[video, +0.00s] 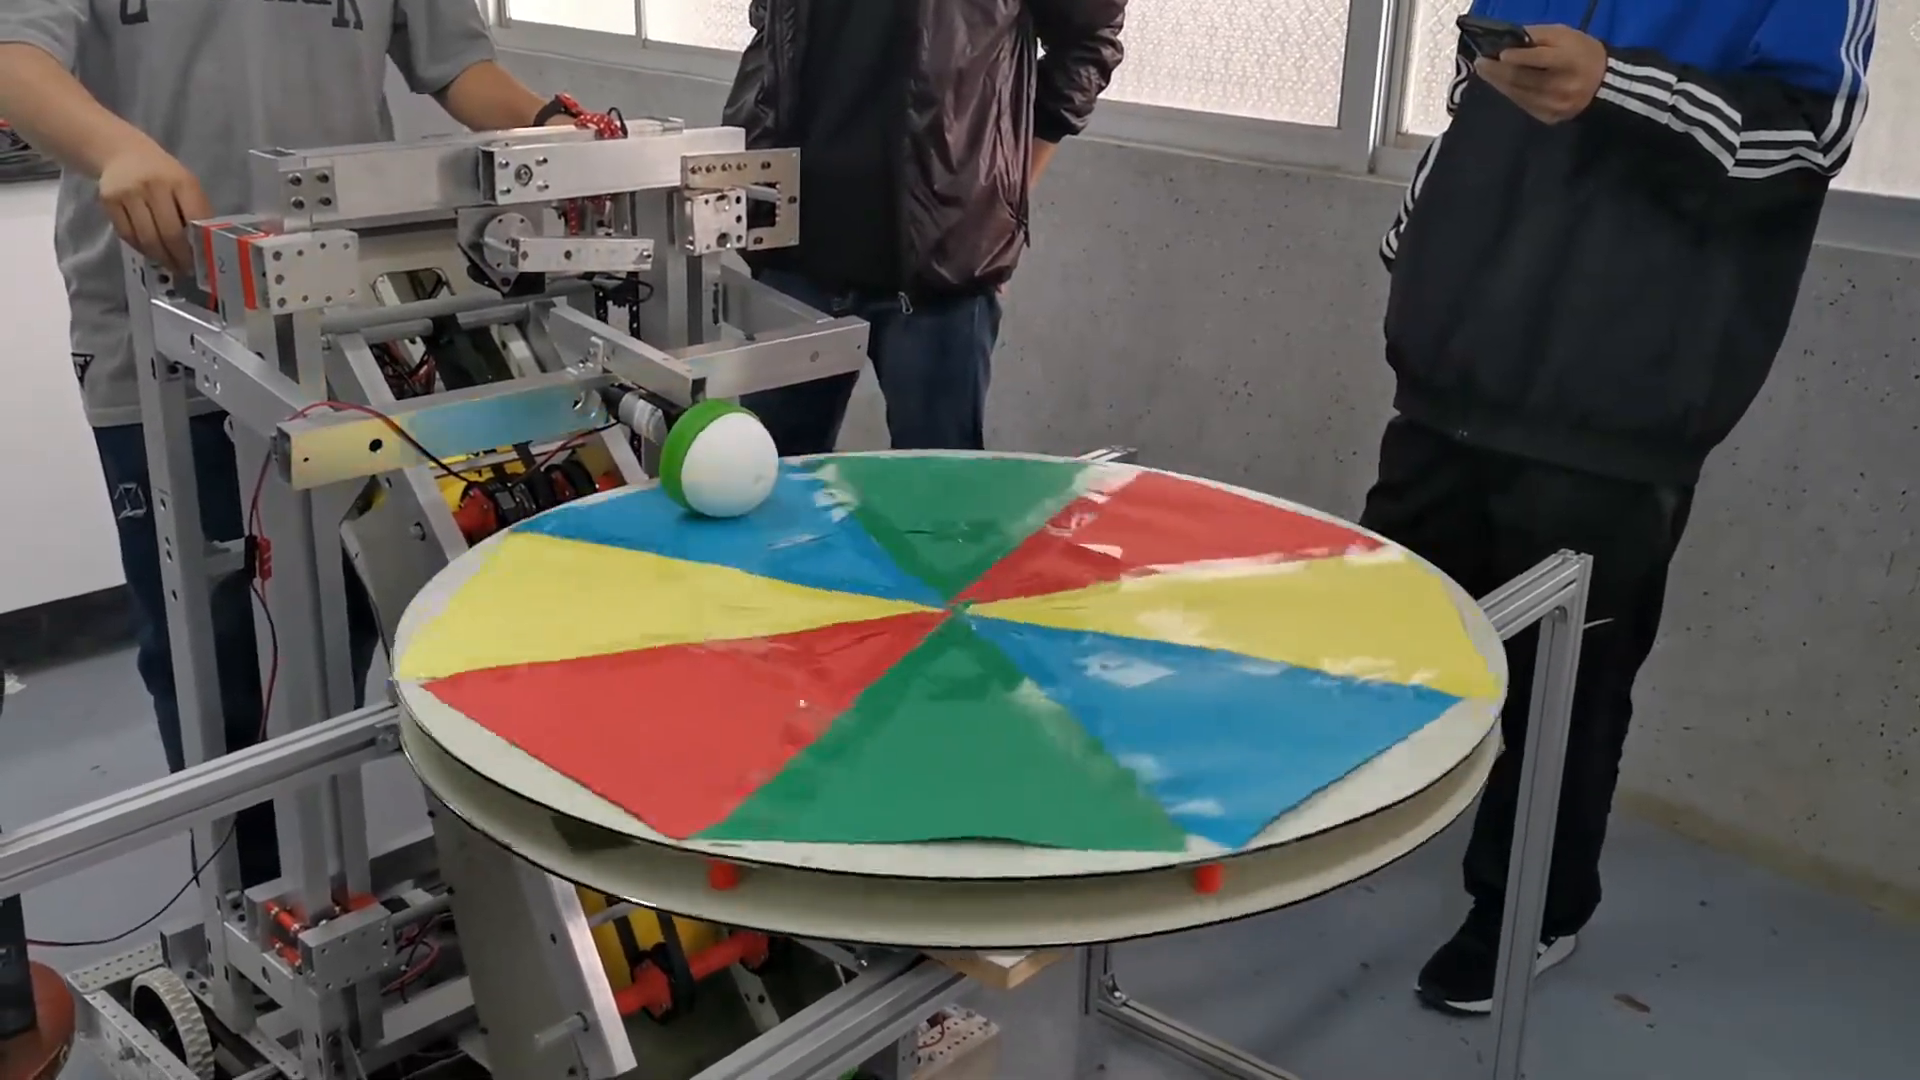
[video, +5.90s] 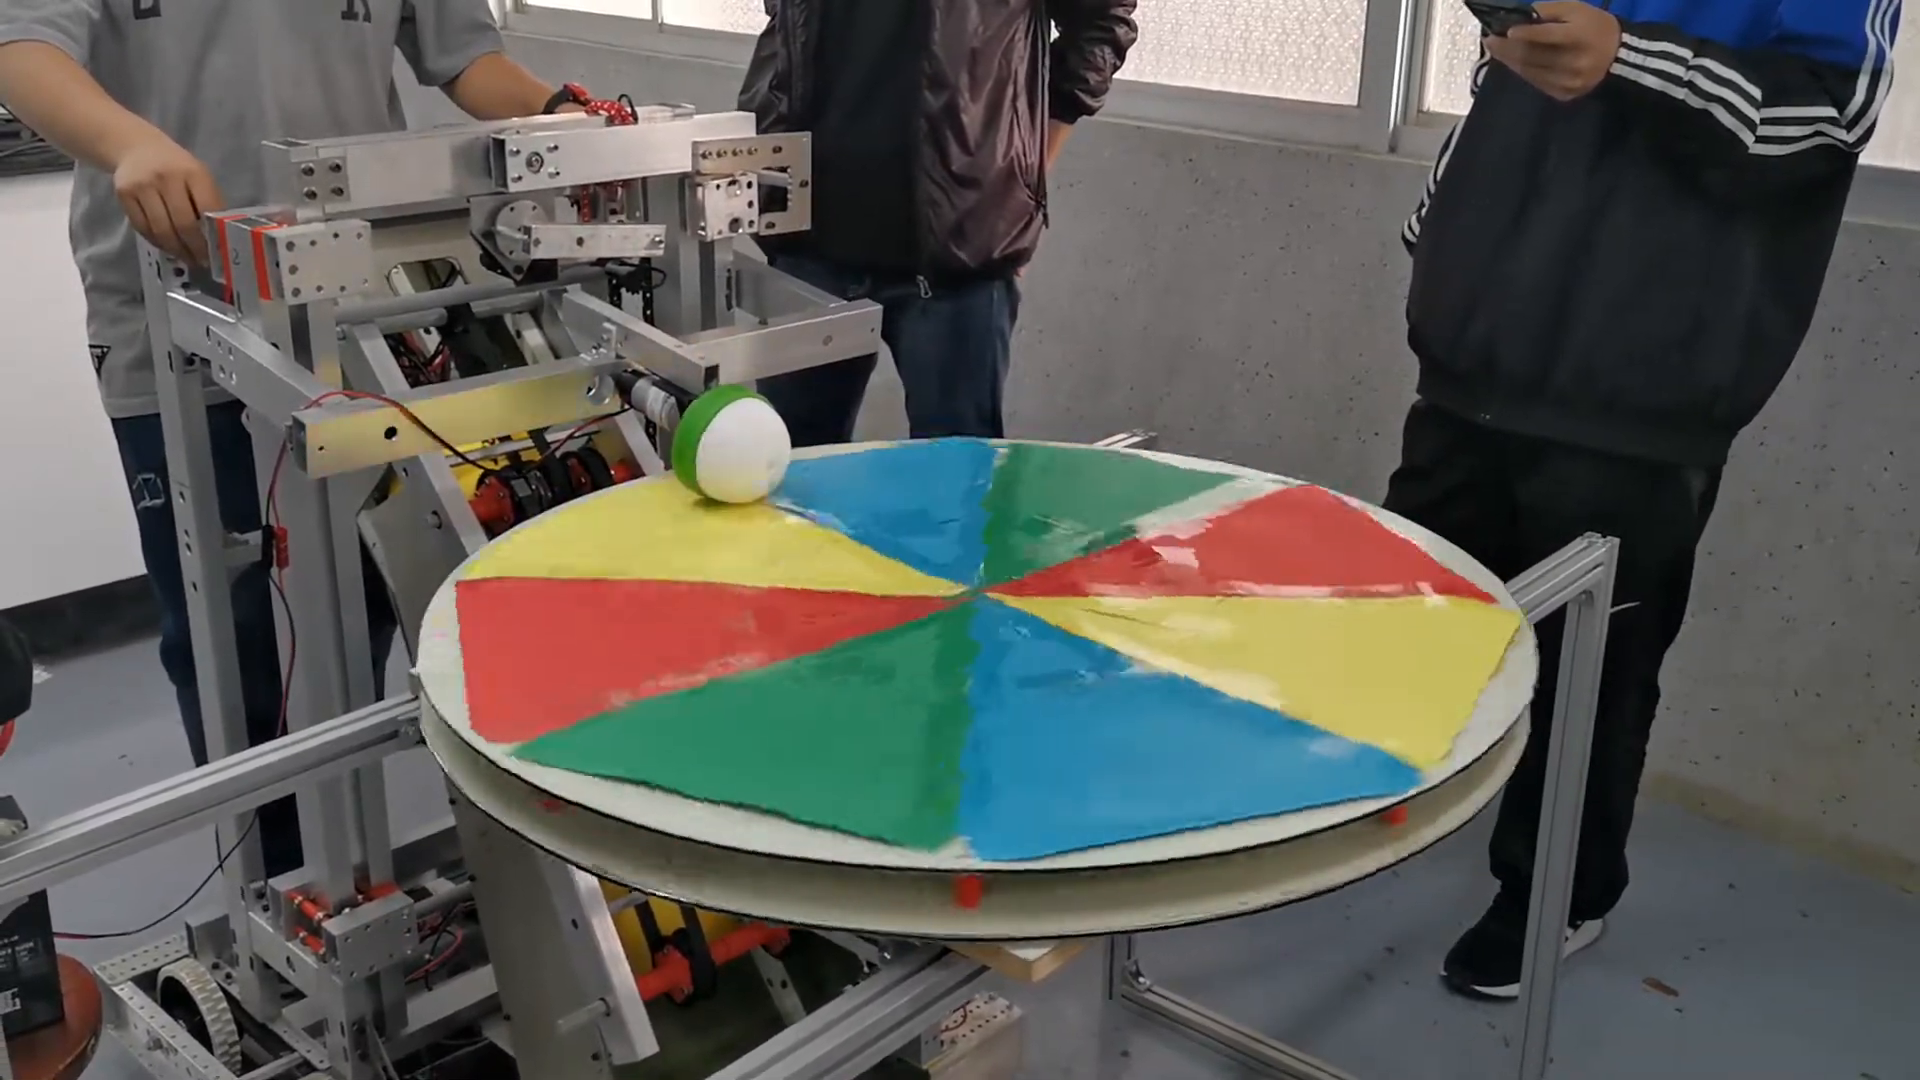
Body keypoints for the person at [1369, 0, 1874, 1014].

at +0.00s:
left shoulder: (1814, 7)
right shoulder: (1532, 4)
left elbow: (1808, 137)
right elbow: (1485, 86)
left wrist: (1609, 83)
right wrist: (1410, 242)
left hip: (1634, 371)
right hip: (1469, 326)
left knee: (1567, 666)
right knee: (1390, 614)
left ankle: (1526, 908)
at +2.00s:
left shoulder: (1819, 7)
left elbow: (1813, 135)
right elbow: (1494, 73)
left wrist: (1611, 80)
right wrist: (1421, 243)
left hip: (1638, 368)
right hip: (1475, 320)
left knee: (1572, 666)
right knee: (1397, 609)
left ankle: (1532, 908)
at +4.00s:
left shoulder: (1831, 8)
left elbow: (1818, 128)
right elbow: (1502, 82)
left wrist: (1615, 69)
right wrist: (1425, 241)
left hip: (1650, 361)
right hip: (1486, 314)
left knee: (1585, 657)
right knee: (1409, 601)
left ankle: (1547, 897)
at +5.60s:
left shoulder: (1830, 8)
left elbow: (1818, 121)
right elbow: (1507, 50)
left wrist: (1617, 57)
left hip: (1653, 350)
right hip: (1489, 303)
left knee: (1589, 649)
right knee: (1415, 597)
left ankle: (1555, 890)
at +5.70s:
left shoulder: (1830, 9)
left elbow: (1821, 120)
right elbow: (1509, 36)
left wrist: (1618, 56)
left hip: (1655, 352)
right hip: (1489, 304)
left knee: (1590, 650)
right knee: (1415, 596)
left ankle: (1555, 891)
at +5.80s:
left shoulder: (1834, 9)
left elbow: (1819, 122)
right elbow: (1510, 42)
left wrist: (1620, 56)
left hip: (1657, 352)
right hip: (1491, 304)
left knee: (1593, 649)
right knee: (1414, 599)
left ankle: (1557, 891)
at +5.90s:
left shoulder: (1834, 10)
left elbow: (1825, 120)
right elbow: (1511, 49)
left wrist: (1622, 55)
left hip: (1656, 352)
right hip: (1491, 304)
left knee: (1593, 649)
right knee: (1416, 600)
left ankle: (1556, 891)